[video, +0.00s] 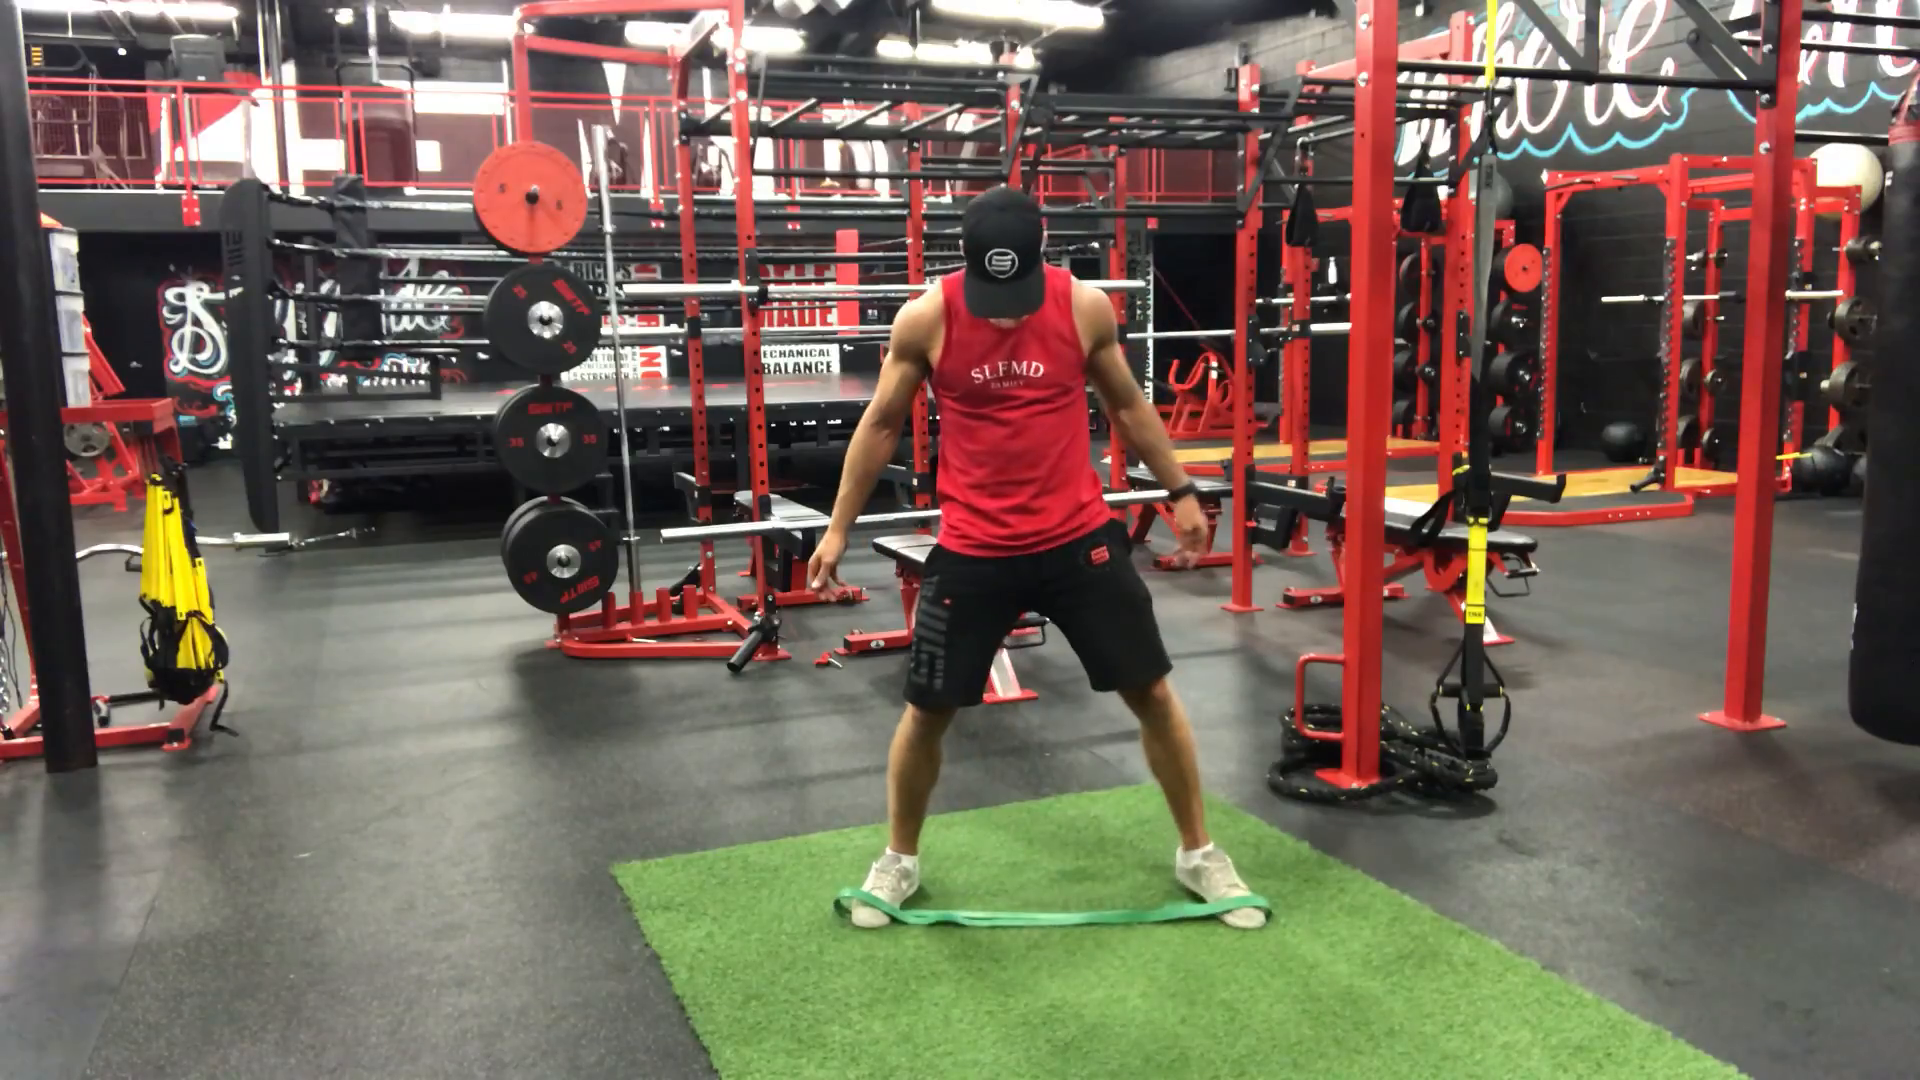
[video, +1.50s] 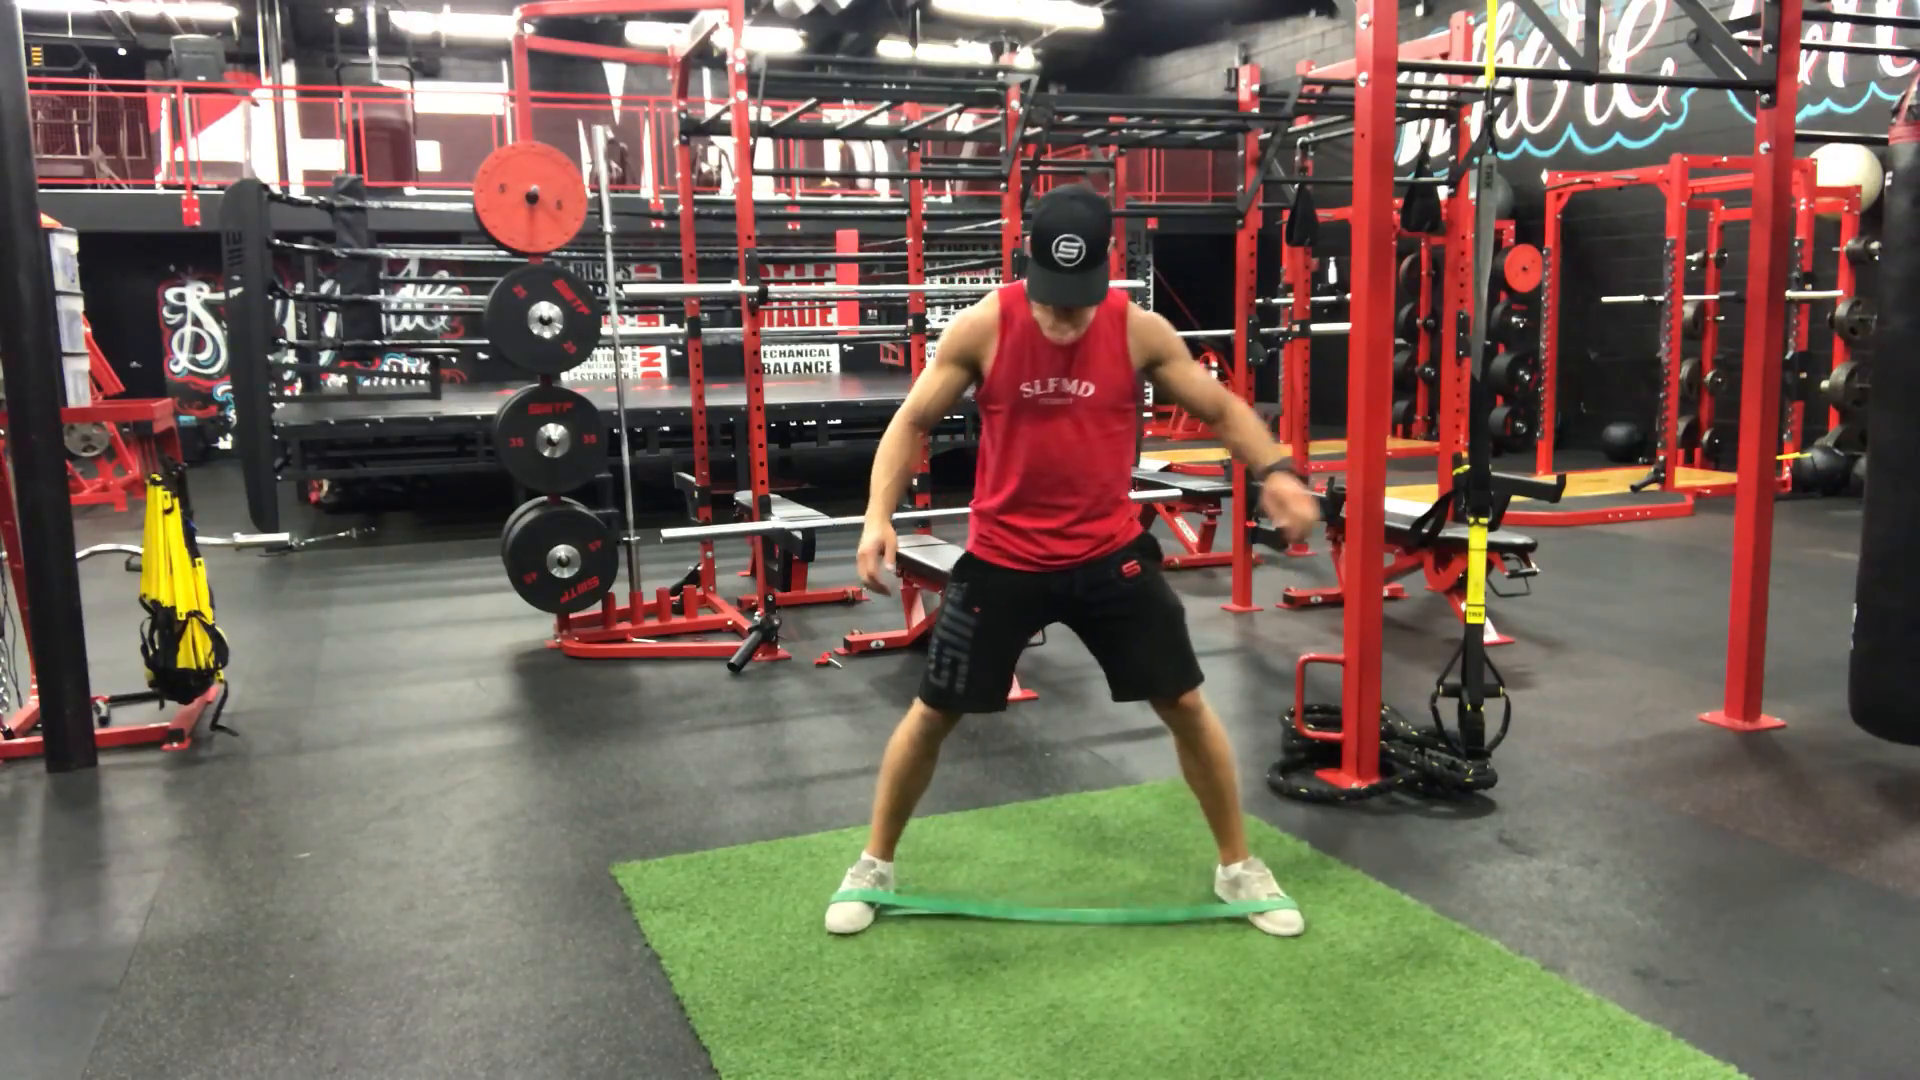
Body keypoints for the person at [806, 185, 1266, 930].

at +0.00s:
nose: (1004, 304)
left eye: (1018, 287)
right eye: (991, 288)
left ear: (1041, 258)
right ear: (967, 261)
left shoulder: (1085, 309)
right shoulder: (926, 319)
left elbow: (1129, 402)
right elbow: (878, 423)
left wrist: (1180, 493)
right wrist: (837, 526)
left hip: (1080, 539)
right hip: (973, 551)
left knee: (1152, 692)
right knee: (926, 711)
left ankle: (1199, 850)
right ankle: (899, 859)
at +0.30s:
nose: (1045, 310)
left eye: (1059, 295)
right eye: (1032, 296)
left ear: (1083, 268)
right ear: (1007, 268)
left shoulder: (1126, 315)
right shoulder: (965, 323)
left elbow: (1184, 406)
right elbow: (914, 424)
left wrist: (1250, 492)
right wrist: (869, 525)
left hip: (1104, 543)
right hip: (994, 546)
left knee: (1160, 700)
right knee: (934, 702)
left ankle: (1200, 859)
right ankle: (898, 850)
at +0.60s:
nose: (1030, 311)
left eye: (1044, 295)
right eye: (1017, 295)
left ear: (1067, 270)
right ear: (992, 265)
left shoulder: (1108, 319)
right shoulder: (947, 324)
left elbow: (1166, 410)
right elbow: (897, 428)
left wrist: (1236, 492)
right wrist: (855, 533)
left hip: (1091, 548)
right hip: (981, 555)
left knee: (1165, 697)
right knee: (928, 712)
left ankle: (1209, 854)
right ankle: (890, 868)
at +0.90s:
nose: (1051, 324)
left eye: (1066, 308)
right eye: (1038, 308)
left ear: (1094, 282)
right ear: (1016, 279)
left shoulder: (1138, 331)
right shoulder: (975, 333)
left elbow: (1205, 421)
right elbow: (911, 431)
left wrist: (1269, 508)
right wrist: (857, 530)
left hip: (1114, 551)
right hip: (1003, 552)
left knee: (1180, 708)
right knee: (934, 707)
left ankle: (1219, 866)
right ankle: (884, 859)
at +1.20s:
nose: (1064, 331)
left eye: (1079, 313)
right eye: (1051, 314)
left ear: (1105, 284)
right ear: (1027, 283)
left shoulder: (1143, 338)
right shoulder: (982, 339)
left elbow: (1225, 415)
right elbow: (905, 433)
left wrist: (1292, 484)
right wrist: (851, 538)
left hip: (1109, 550)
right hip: (1000, 556)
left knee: (1181, 701)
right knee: (936, 712)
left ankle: (1234, 864)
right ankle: (876, 864)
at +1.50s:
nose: (1063, 313)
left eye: (1079, 297)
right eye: (1050, 296)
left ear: (1105, 272)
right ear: (1026, 267)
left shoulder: (1139, 332)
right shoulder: (982, 327)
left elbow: (1224, 409)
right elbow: (910, 423)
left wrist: (1276, 470)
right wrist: (877, 516)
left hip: (1111, 551)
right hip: (1001, 555)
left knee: (1185, 702)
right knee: (932, 711)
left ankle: (1238, 865)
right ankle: (874, 863)